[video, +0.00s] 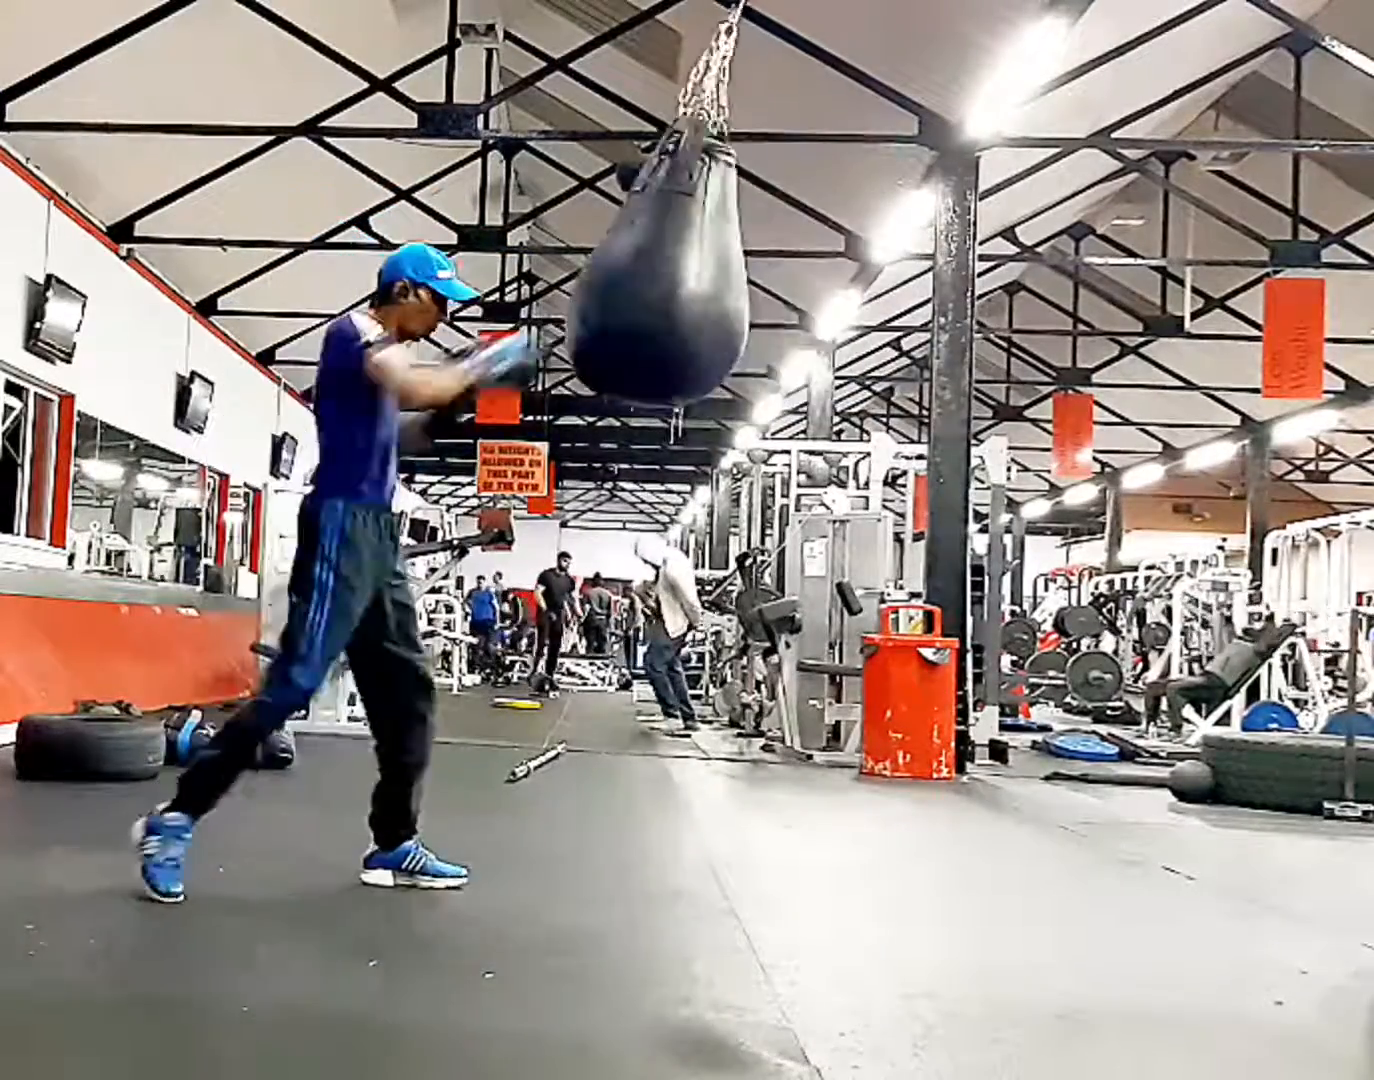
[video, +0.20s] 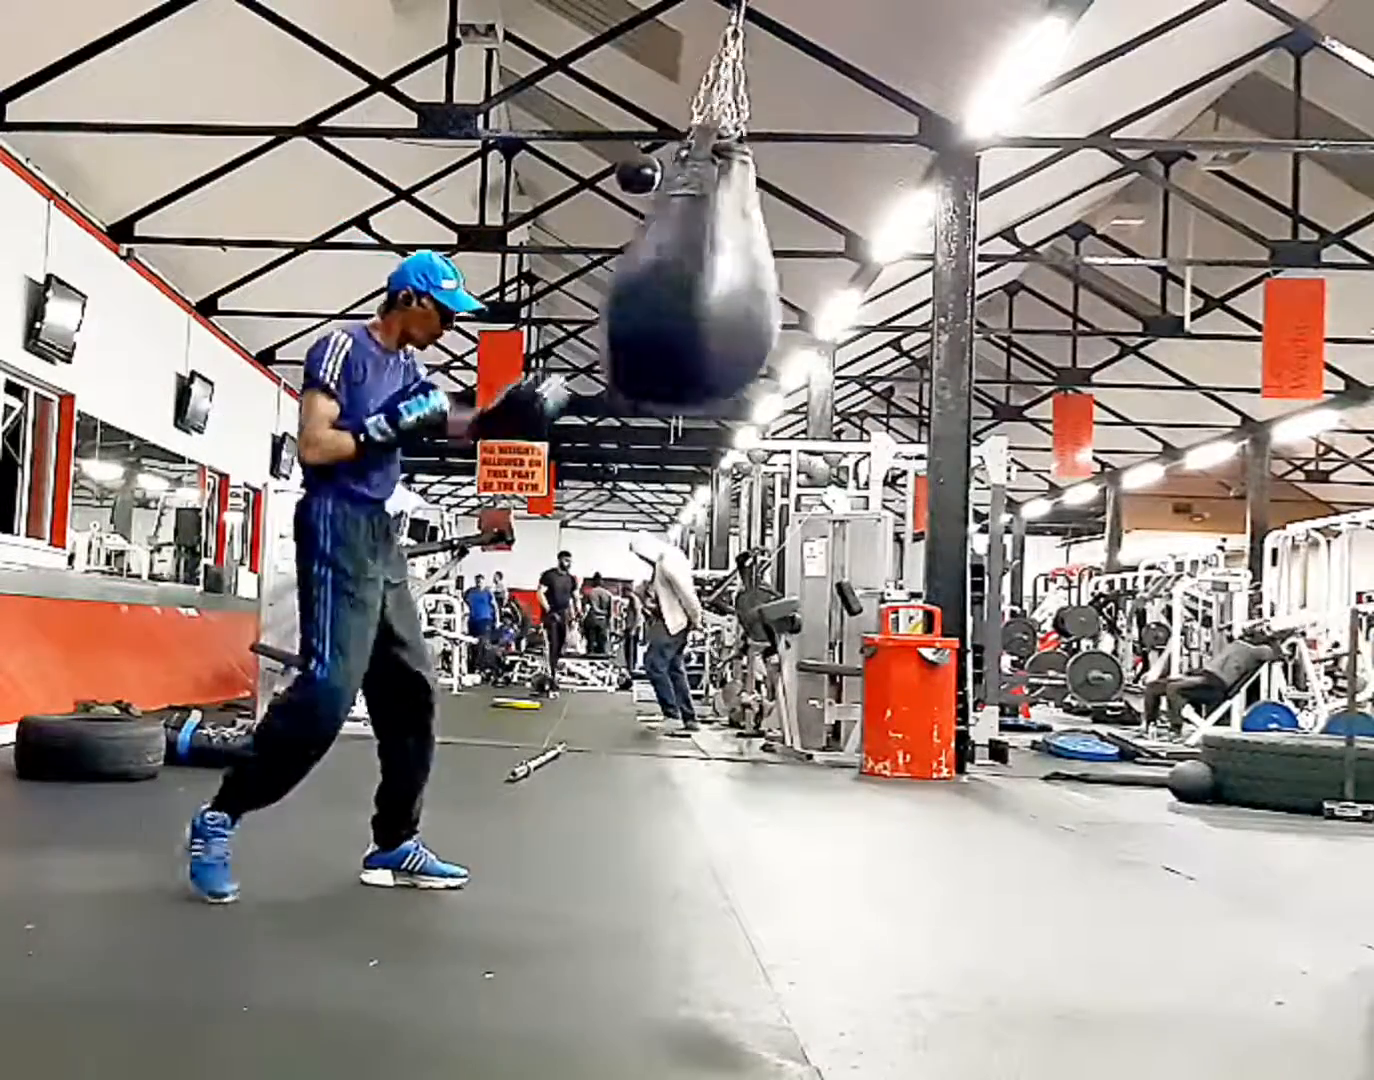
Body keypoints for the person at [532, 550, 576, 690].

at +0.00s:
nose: (566, 564)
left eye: (568, 562)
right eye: (563, 561)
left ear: (570, 563)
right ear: (558, 561)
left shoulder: (570, 580)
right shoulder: (547, 575)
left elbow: (572, 598)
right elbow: (537, 591)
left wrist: (578, 612)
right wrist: (544, 608)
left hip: (559, 613)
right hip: (545, 611)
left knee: (555, 646)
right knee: (542, 643)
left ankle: (550, 674)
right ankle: (534, 671)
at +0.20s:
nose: (567, 563)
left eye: (569, 561)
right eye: (565, 560)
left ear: (570, 562)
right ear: (559, 560)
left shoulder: (572, 579)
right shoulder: (548, 575)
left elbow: (576, 596)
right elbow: (539, 592)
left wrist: (578, 610)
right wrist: (547, 608)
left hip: (565, 613)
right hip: (551, 613)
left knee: (561, 642)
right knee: (553, 643)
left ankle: (553, 671)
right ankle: (552, 676)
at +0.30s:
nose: (568, 564)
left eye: (570, 561)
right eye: (565, 561)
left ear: (572, 563)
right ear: (560, 561)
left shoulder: (573, 579)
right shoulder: (551, 576)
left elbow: (576, 595)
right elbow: (542, 592)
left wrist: (578, 609)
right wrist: (548, 610)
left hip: (566, 613)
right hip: (554, 612)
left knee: (561, 644)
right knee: (556, 645)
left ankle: (551, 671)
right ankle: (557, 676)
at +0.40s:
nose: (569, 565)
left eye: (571, 562)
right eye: (567, 562)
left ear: (572, 563)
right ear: (560, 562)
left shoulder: (575, 579)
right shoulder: (551, 577)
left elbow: (577, 596)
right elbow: (545, 595)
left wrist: (578, 610)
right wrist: (551, 613)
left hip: (569, 616)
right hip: (556, 615)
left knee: (562, 647)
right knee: (558, 647)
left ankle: (551, 673)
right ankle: (560, 677)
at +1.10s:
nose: (581, 566)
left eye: (583, 564)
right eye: (579, 563)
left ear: (586, 564)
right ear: (575, 562)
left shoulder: (590, 578)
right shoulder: (566, 578)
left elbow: (595, 597)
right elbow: (559, 598)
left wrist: (599, 613)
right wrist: (566, 615)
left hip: (586, 618)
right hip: (570, 618)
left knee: (590, 650)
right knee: (566, 652)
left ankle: (597, 681)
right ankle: (563, 681)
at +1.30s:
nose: (593, 567)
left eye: (595, 564)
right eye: (590, 564)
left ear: (598, 564)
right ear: (586, 563)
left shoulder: (600, 579)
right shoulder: (575, 578)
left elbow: (604, 598)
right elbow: (566, 599)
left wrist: (605, 613)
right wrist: (570, 615)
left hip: (595, 620)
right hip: (578, 619)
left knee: (596, 655)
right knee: (573, 653)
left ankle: (598, 684)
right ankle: (565, 682)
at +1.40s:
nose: (597, 565)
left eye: (600, 563)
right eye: (595, 562)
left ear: (603, 563)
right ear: (591, 562)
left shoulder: (605, 579)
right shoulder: (581, 576)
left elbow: (610, 597)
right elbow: (571, 592)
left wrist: (610, 613)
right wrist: (576, 610)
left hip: (599, 617)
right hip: (584, 616)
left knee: (598, 653)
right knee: (578, 650)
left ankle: (599, 684)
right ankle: (567, 681)